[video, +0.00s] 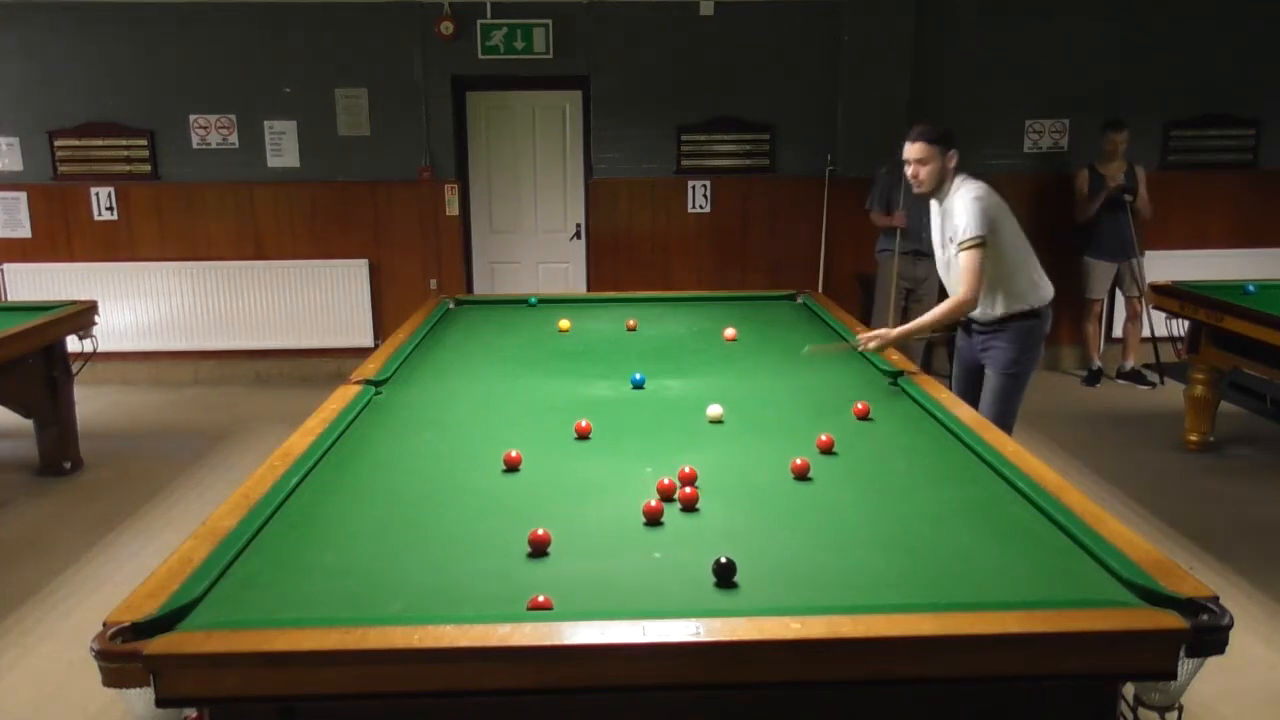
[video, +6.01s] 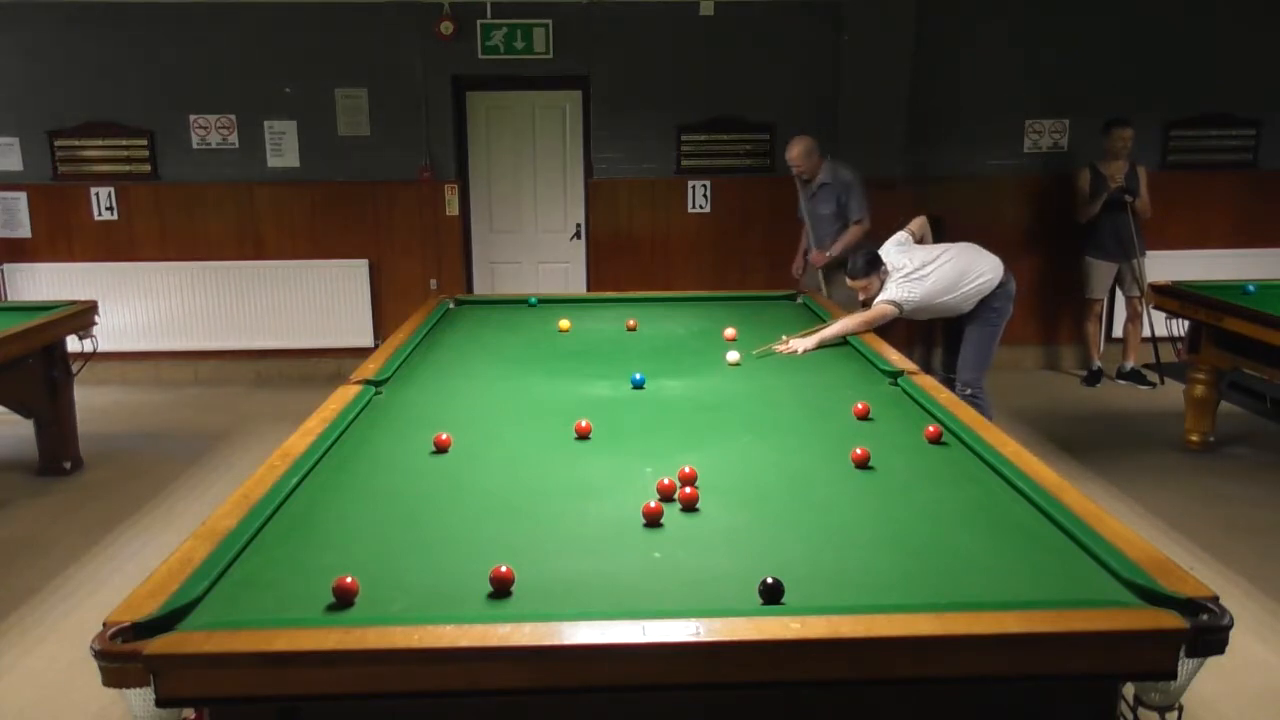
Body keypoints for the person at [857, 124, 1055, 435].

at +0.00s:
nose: (911, 172)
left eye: (921, 163)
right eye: (907, 163)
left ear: (951, 161)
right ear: (903, 163)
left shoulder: (971, 200)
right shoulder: (937, 201)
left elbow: (968, 297)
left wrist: (896, 334)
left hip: (1014, 327)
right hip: (972, 326)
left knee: (990, 436)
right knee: (958, 426)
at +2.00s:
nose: (1028, 139)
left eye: (1037, 130)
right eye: (1023, 130)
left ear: (1063, 128)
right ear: (1020, 129)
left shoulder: (1081, 173)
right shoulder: (1019, 168)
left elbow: (1069, 256)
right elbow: (1000, 233)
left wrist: (1006, 232)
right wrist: (989, 202)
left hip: (1047, 306)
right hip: (1003, 300)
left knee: (1039, 411)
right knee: (983, 400)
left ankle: (1036, 494)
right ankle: (981, 483)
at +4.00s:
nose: (950, 139)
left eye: (959, 132)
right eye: (946, 132)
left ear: (978, 130)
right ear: (942, 132)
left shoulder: (1000, 165)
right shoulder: (940, 174)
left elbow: (1012, 231)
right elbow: (931, 233)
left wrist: (974, 257)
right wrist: (918, 291)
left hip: (984, 284)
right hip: (943, 281)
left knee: (970, 373)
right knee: (937, 369)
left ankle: (961, 448)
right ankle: (931, 446)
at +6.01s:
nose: (861, 297)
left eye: (866, 289)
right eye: (856, 290)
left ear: (882, 275)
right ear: (849, 280)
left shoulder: (897, 293)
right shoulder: (890, 248)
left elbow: (865, 320)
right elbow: (921, 221)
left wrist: (812, 339)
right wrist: (928, 257)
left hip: (993, 285)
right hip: (972, 268)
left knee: (968, 383)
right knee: (955, 374)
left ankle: (982, 450)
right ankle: (962, 444)